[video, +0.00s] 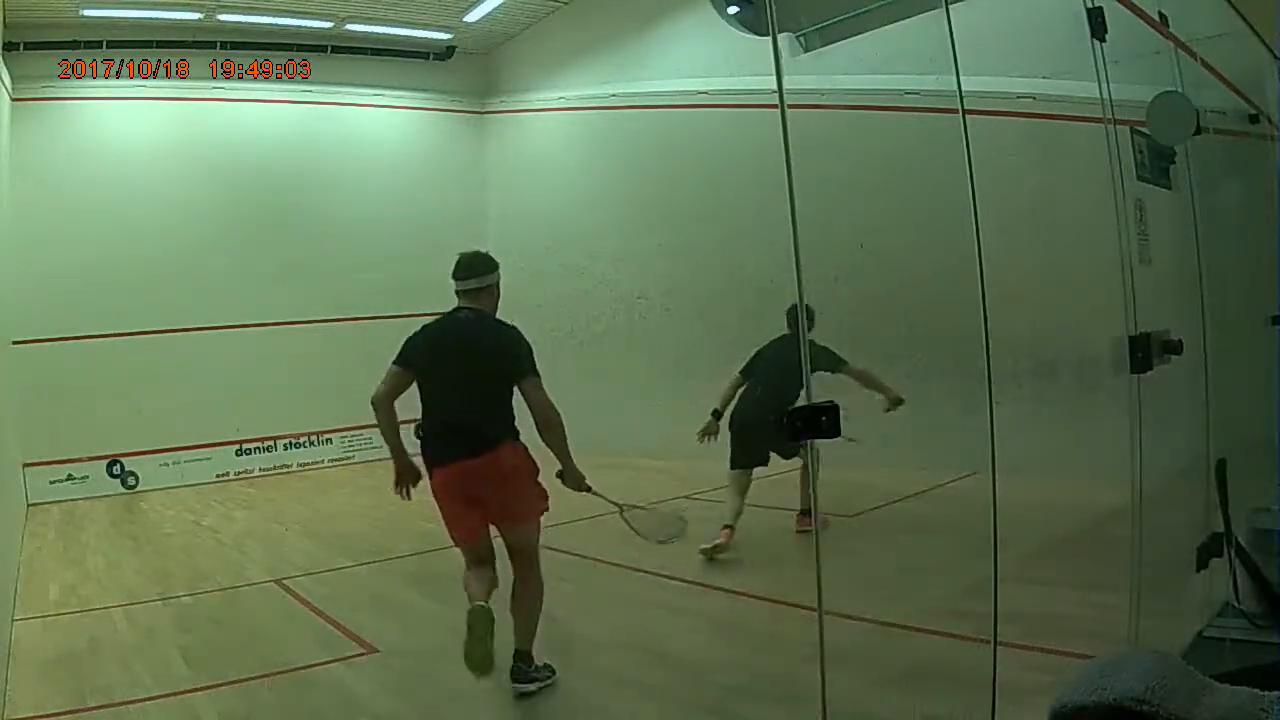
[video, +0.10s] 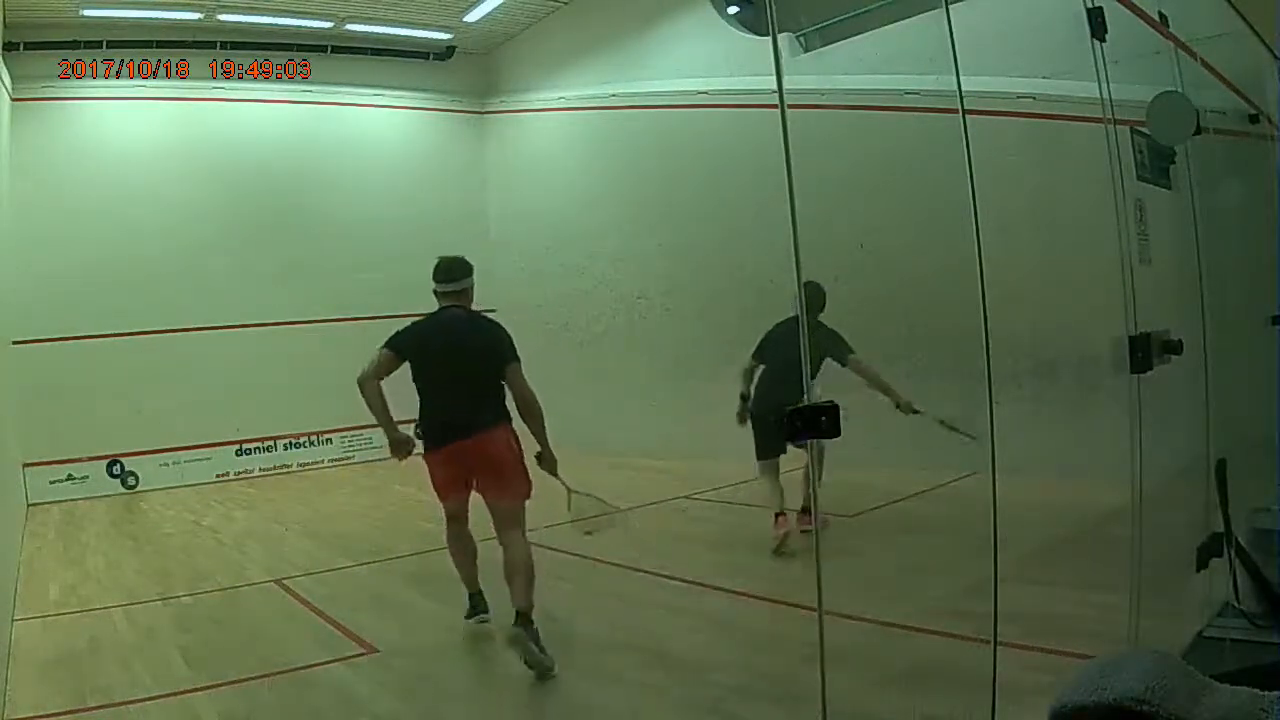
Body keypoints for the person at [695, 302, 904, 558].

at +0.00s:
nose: (807, 326)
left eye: (799, 321)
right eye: (809, 322)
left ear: (788, 323)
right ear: (811, 325)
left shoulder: (770, 348)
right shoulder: (813, 351)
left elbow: (736, 382)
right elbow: (856, 373)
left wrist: (715, 417)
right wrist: (890, 393)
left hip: (741, 421)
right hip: (772, 422)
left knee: (738, 484)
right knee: (811, 452)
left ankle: (726, 531)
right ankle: (806, 515)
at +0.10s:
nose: (815, 311)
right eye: (819, 305)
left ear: (796, 302)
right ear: (822, 306)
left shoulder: (778, 330)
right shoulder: (825, 335)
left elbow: (749, 368)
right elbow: (859, 368)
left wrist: (744, 400)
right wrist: (896, 398)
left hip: (764, 408)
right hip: (797, 408)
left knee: (769, 471)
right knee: (816, 449)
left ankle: (780, 518)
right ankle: (807, 513)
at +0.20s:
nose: (818, 296)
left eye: (815, 289)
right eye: (823, 291)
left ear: (803, 288)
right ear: (829, 293)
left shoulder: (785, 317)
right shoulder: (834, 322)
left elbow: (758, 355)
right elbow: (858, 355)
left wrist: (760, 383)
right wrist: (885, 385)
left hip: (781, 402)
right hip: (817, 400)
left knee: (789, 465)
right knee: (830, 453)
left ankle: (805, 518)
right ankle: (822, 505)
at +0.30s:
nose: (806, 293)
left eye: (807, 288)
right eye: (808, 288)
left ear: (807, 289)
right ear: (834, 292)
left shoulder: (790, 319)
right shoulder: (843, 320)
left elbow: (767, 357)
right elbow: (867, 351)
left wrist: (771, 383)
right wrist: (892, 383)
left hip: (796, 406)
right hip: (832, 402)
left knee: (801, 467)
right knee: (854, 448)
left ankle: (809, 528)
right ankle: (863, 506)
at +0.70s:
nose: (774, 267)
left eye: (778, 263)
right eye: (776, 262)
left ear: (788, 269)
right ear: (804, 271)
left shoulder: (770, 300)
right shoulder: (821, 303)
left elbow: (776, 333)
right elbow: (837, 348)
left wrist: (782, 373)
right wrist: (850, 388)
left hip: (787, 396)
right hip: (824, 393)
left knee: (784, 458)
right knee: (844, 450)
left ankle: (809, 520)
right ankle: (870, 510)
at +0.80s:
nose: (757, 261)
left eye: (762, 258)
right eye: (761, 257)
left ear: (773, 265)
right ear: (785, 267)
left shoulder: (758, 295)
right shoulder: (806, 300)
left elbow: (767, 332)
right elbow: (817, 345)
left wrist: (774, 374)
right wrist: (824, 384)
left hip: (780, 384)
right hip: (814, 383)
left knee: (770, 452)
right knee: (822, 448)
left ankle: (800, 511)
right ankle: (838, 515)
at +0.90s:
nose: (732, 277)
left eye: (737, 273)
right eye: (736, 272)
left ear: (748, 280)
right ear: (757, 282)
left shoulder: (749, 312)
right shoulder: (773, 309)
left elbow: (758, 357)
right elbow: (782, 356)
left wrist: (760, 403)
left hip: (766, 397)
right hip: (791, 394)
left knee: (736, 456)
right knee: (808, 461)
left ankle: (747, 526)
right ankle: (829, 528)